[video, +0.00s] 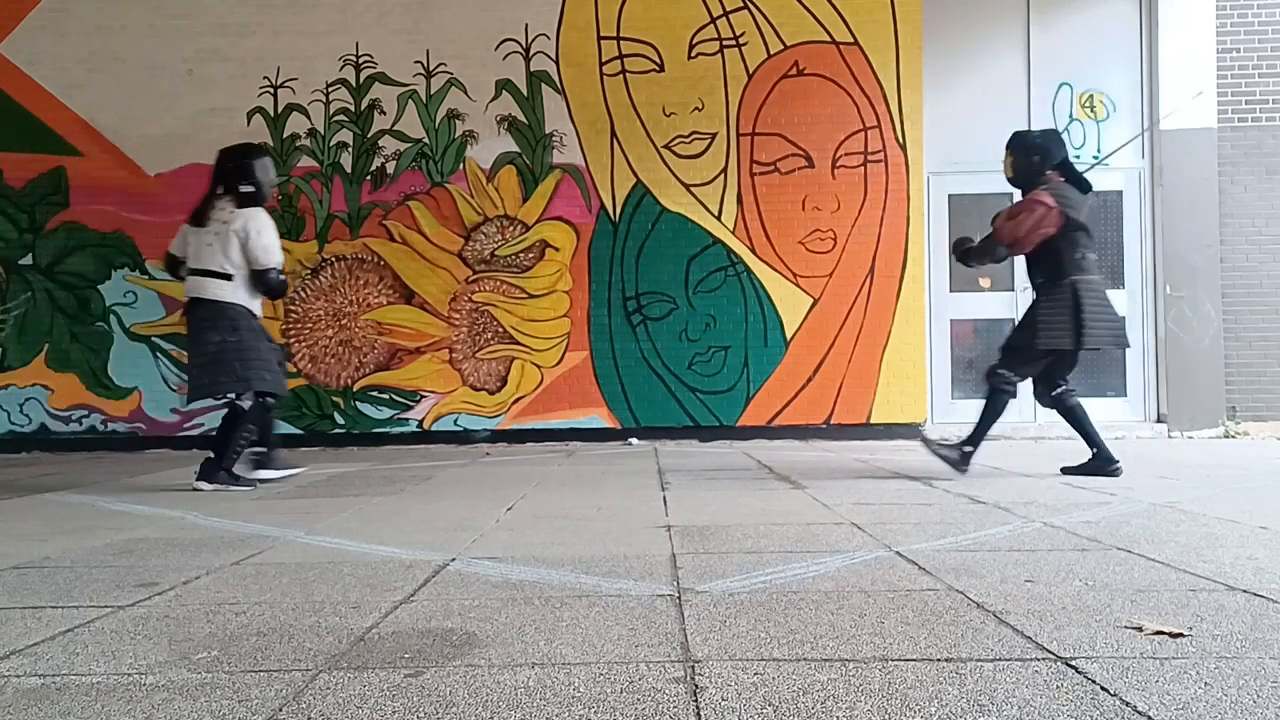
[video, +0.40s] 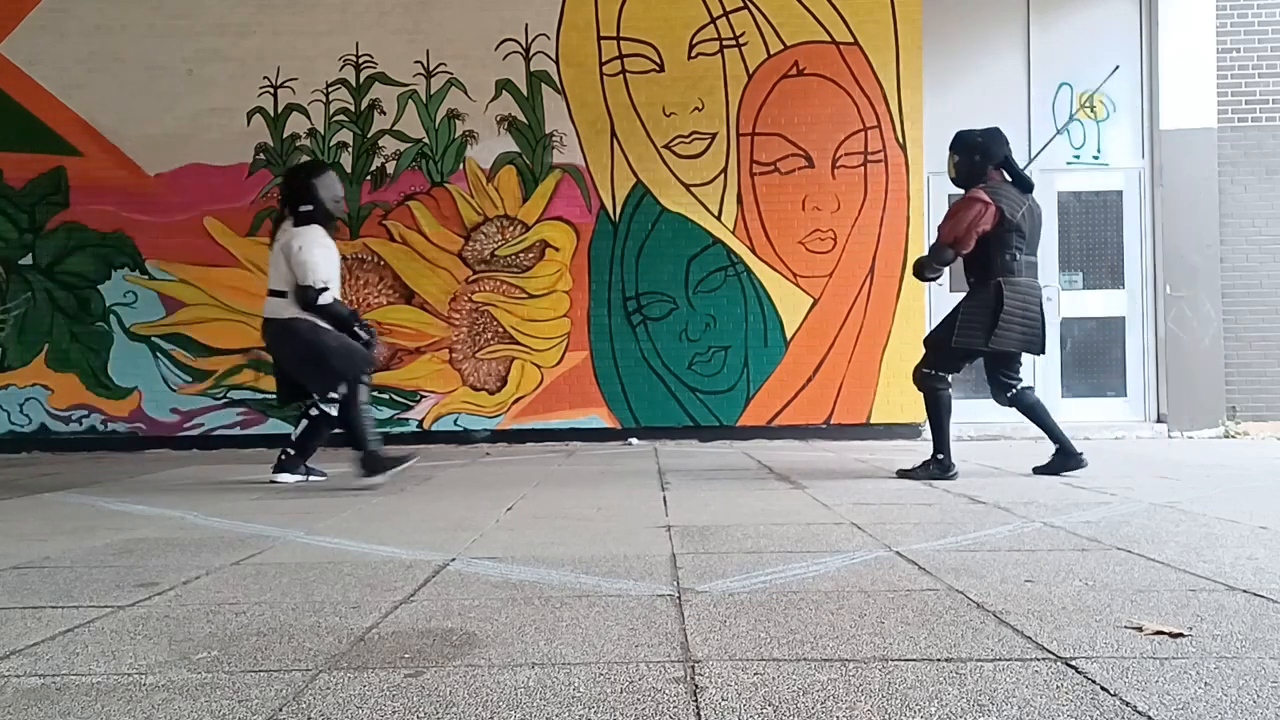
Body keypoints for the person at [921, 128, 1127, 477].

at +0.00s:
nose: (1010, 167)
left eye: (1016, 159)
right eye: (1010, 159)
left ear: (1038, 162)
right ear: (1049, 164)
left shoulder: (1043, 200)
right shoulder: (1067, 196)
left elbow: (1002, 244)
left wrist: (968, 252)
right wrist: (1005, 222)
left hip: (1060, 303)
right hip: (1083, 302)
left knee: (1006, 372)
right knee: (1049, 386)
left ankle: (966, 450)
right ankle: (1102, 456)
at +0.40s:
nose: (952, 167)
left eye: (957, 159)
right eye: (953, 159)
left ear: (978, 161)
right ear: (996, 162)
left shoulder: (979, 200)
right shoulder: (1026, 201)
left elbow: (943, 256)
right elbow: (1012, 251)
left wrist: (924, 267)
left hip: (992, 300)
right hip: (1024, 301)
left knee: (931, 371)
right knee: (1008, 387)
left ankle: (941, 460)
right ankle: (1067, 451)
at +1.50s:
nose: (985, 178)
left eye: (990, 169)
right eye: (984, 170)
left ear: (1013, 169)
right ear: (1021, 170)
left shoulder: (1028, 208)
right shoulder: (1032, 202)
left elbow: (1010, 268)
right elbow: (1023, 257)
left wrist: (970, 283)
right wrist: (989, 251)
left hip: (1037, 303)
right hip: (1048, 301)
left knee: (988, 370)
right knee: (1052, 388)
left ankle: (1006, 458)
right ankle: (1106, 452)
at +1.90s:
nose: (992, 172)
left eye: (998, 164)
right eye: (991, 165)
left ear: (1021, 164)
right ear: (1026, 165)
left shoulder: (1034, 203)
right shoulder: (1035, 199)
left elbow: (1010, 259)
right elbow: (1021, 255)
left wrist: (973, 278)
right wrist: (992, 249)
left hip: (1041, 298)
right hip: (1050, 297)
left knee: (991, 370)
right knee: (1046, 386)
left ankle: (1005, 458)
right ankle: (1103, 449)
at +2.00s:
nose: (992, 172)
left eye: (998, 164)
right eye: (992, 165)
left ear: (1022, 165)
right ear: (1026, 167)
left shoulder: (1034, 203)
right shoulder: (1034, 200)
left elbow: (1015, 260)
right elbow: (1026, 256)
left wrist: (975, 280)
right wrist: (994, 250)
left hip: (1048, 300)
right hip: (1056, 299)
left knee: (994, 367)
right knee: (1044, 385)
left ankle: (1004, 456)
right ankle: (1102, 447)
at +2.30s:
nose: (1028, 172)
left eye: (1036, 165)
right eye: (1027, 164)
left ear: (1060, 171)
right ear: (1025, 166)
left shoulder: (1071, 216)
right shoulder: (1022, 210)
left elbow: (1028, 259)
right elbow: (982, 241)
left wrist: (972, 258)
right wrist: (948, 238)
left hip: (1048, 304)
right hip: (1021, 302)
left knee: (999, 365)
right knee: (1029, 392)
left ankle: (983, 458)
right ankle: (1099, 443)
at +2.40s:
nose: (1029, 174)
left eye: (1039, 168)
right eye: (1028, 166)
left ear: (1062, 174)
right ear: (1027, 167)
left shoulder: (1073, 219)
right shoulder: (1017, 213)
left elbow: (1023, 263)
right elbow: (977, 246)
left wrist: (965, 275)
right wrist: (935, 262)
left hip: (1044, 308)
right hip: (1015, 305)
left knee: (994, 368)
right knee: (1024, 395)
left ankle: (983, 461)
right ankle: (1085, 436)